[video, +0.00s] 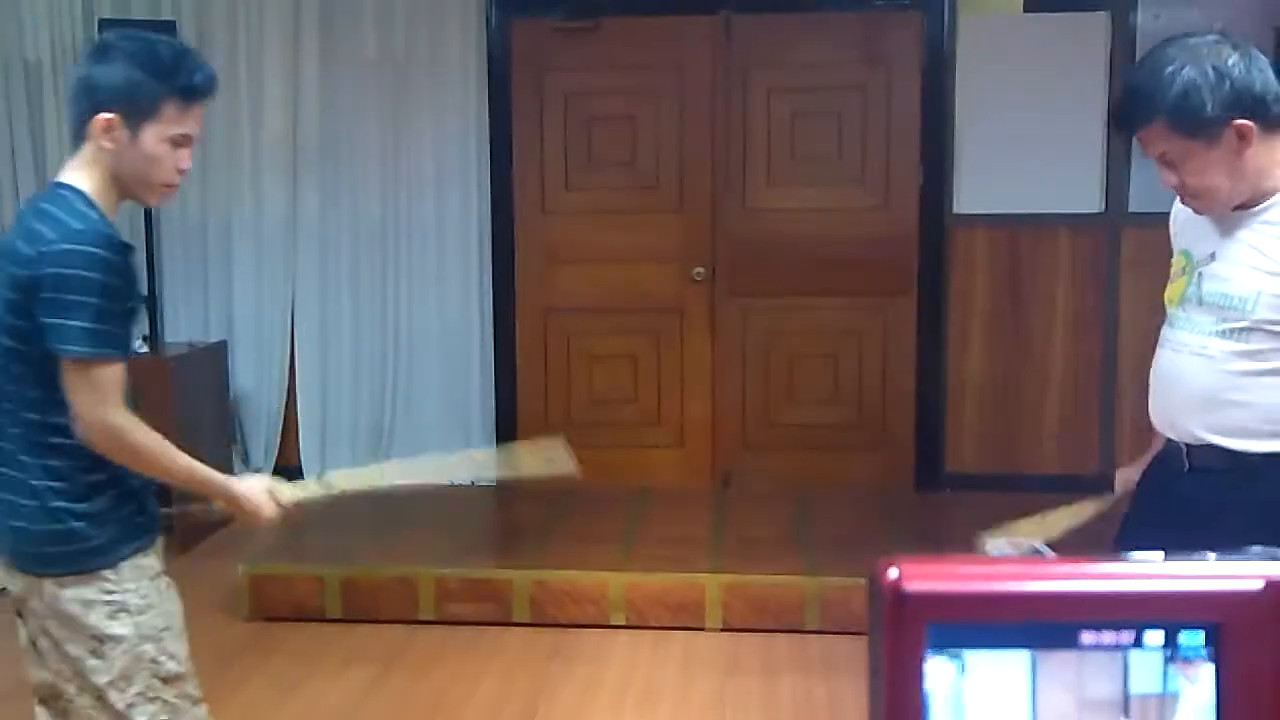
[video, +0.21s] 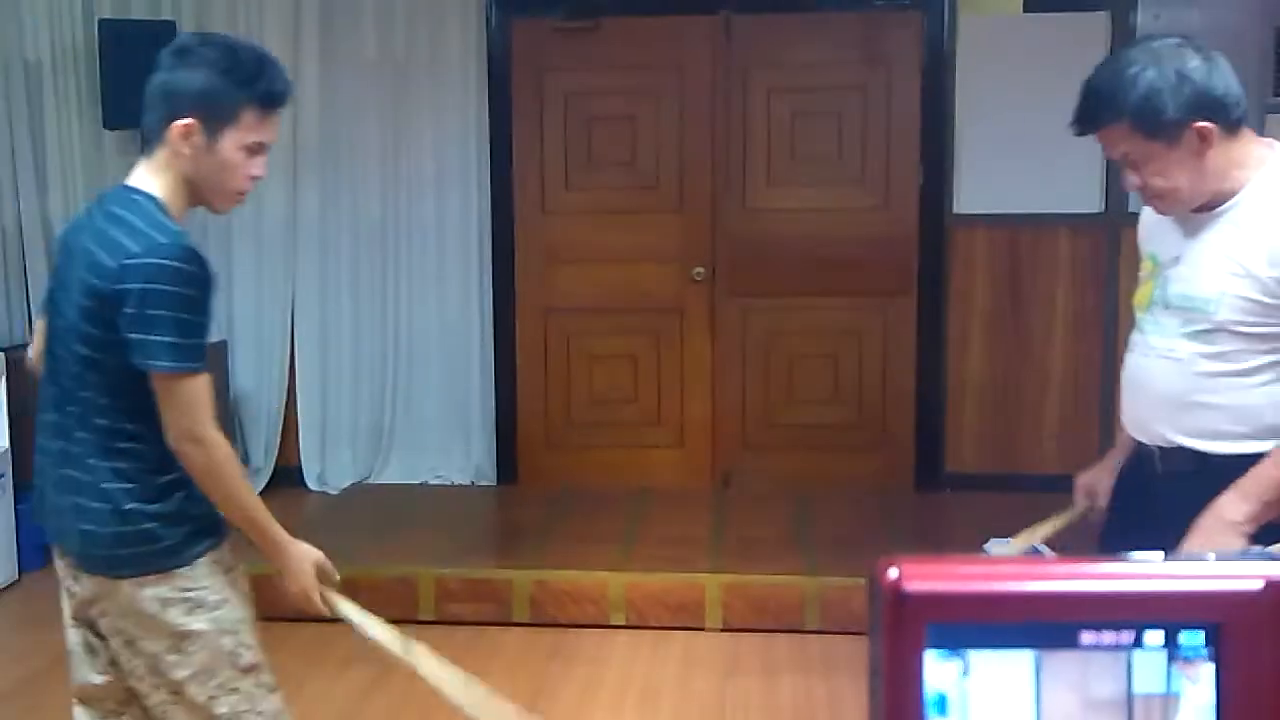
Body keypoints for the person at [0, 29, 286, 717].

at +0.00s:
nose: (187, 165)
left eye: (192, 145)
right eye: (175, 143)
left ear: (106, 135)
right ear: (109, 131)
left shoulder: (44, 221)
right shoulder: (85, 244)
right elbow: (99, 419)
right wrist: (229, 490)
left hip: (36, 537)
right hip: (87, 549)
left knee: (68, 708)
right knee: (162, 708)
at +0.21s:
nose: (260, 170)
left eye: (264, 152)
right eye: (250, 149)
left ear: (181, 137)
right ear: (185, 134)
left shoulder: (90, 226)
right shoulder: (166, 259)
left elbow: (44, 357)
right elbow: (193, 437)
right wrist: (283, 550)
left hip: (78, 531)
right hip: (152, 544)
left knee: (106, 707)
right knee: (239, 705)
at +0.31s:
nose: (290, 167)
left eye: (295, 148)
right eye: (281, 146)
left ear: (212, 132)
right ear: (218, 131)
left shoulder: (125, 213)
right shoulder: (194, 252)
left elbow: (110, 382)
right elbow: (205, 432)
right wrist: (285, 548)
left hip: (95, 515)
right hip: (166, 535)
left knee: (125, 708)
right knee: (241, 708)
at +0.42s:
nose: (309, 167)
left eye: (312, 148)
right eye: (301, 146)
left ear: (232, 134)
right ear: (239, 132)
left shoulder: (151, 210)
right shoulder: (210, 249)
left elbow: (130, 383)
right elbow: (213, 432)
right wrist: (287, 543)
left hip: (108, 516)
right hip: (175, 537)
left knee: (143, 708)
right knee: (242, 708)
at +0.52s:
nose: (315, 167)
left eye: (318, 148)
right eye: (306, 146)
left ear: (237, 135)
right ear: (243, 134)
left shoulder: (157, 214)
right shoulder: (212, 249)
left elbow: (140, 386)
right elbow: (219, 432)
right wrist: (288, 542)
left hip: (116, 519)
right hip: (178, 538)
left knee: (145, 709)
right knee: (245, 708)